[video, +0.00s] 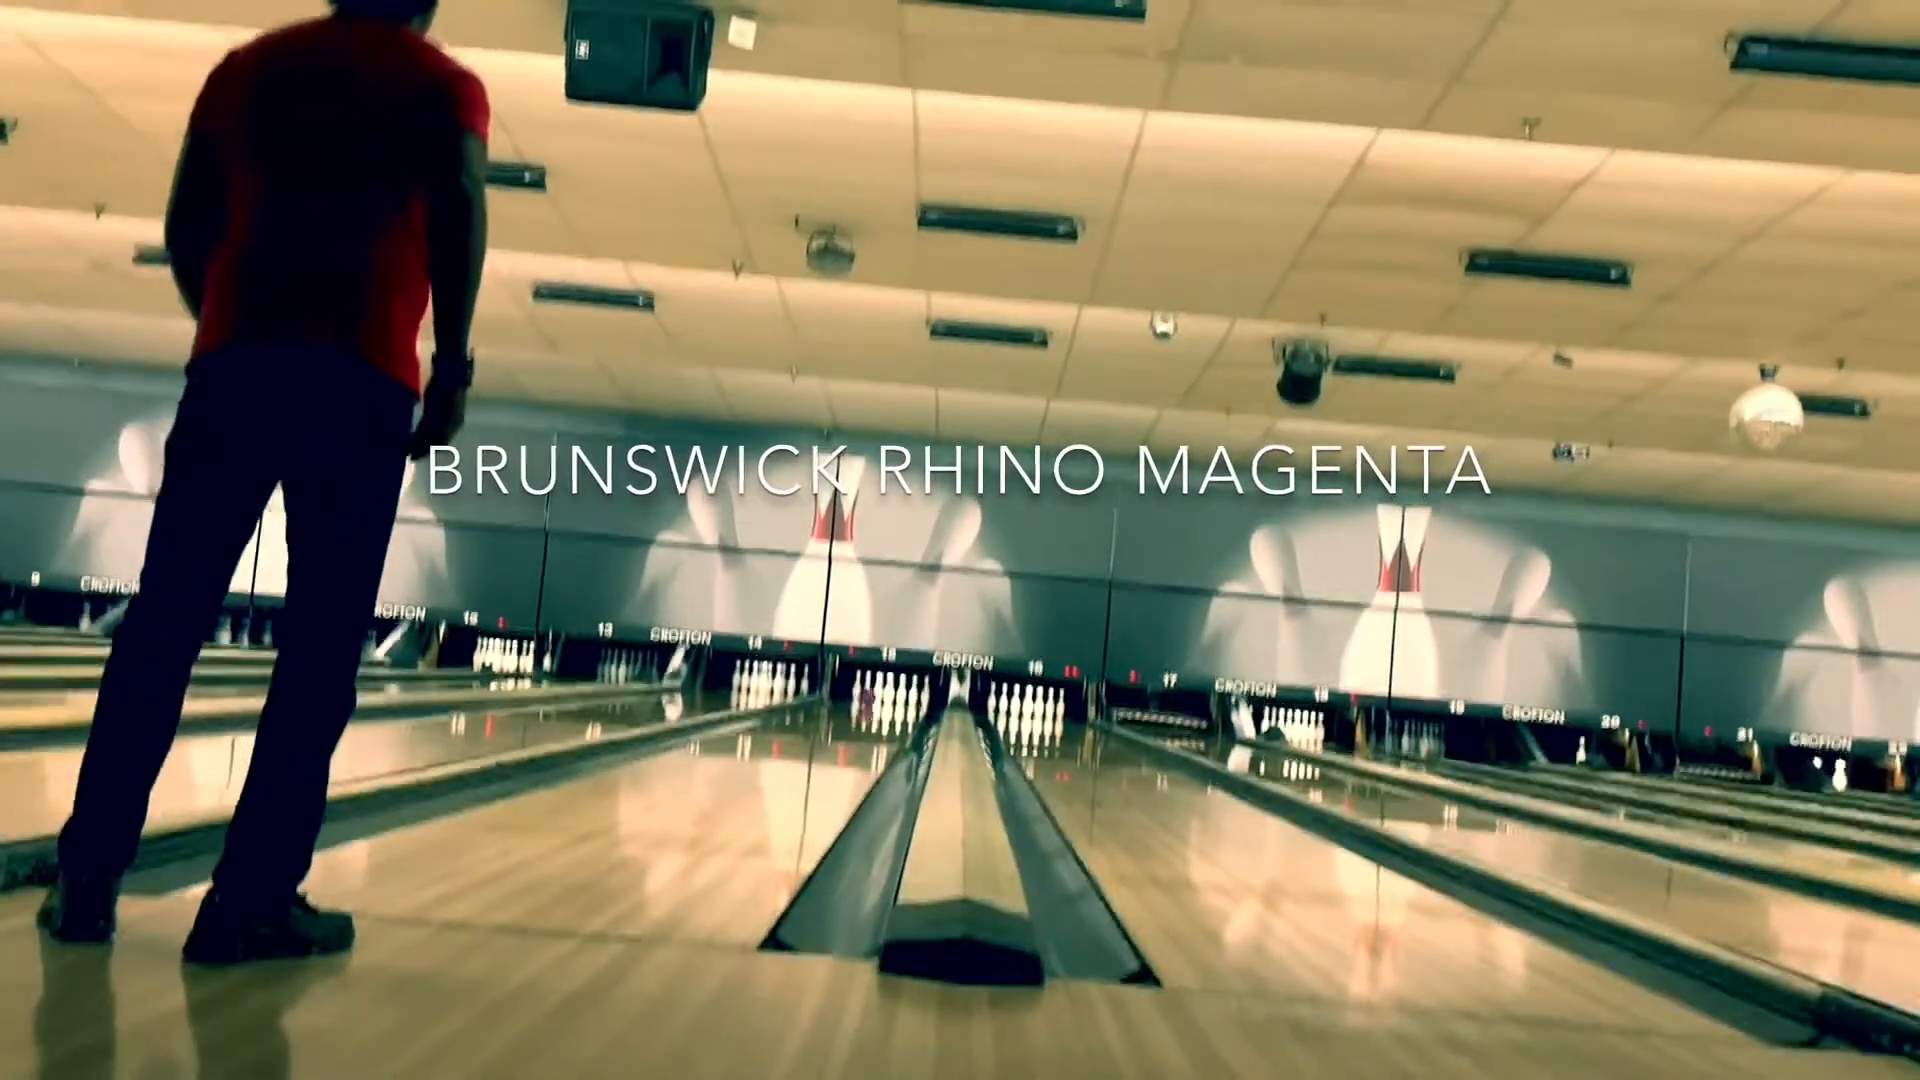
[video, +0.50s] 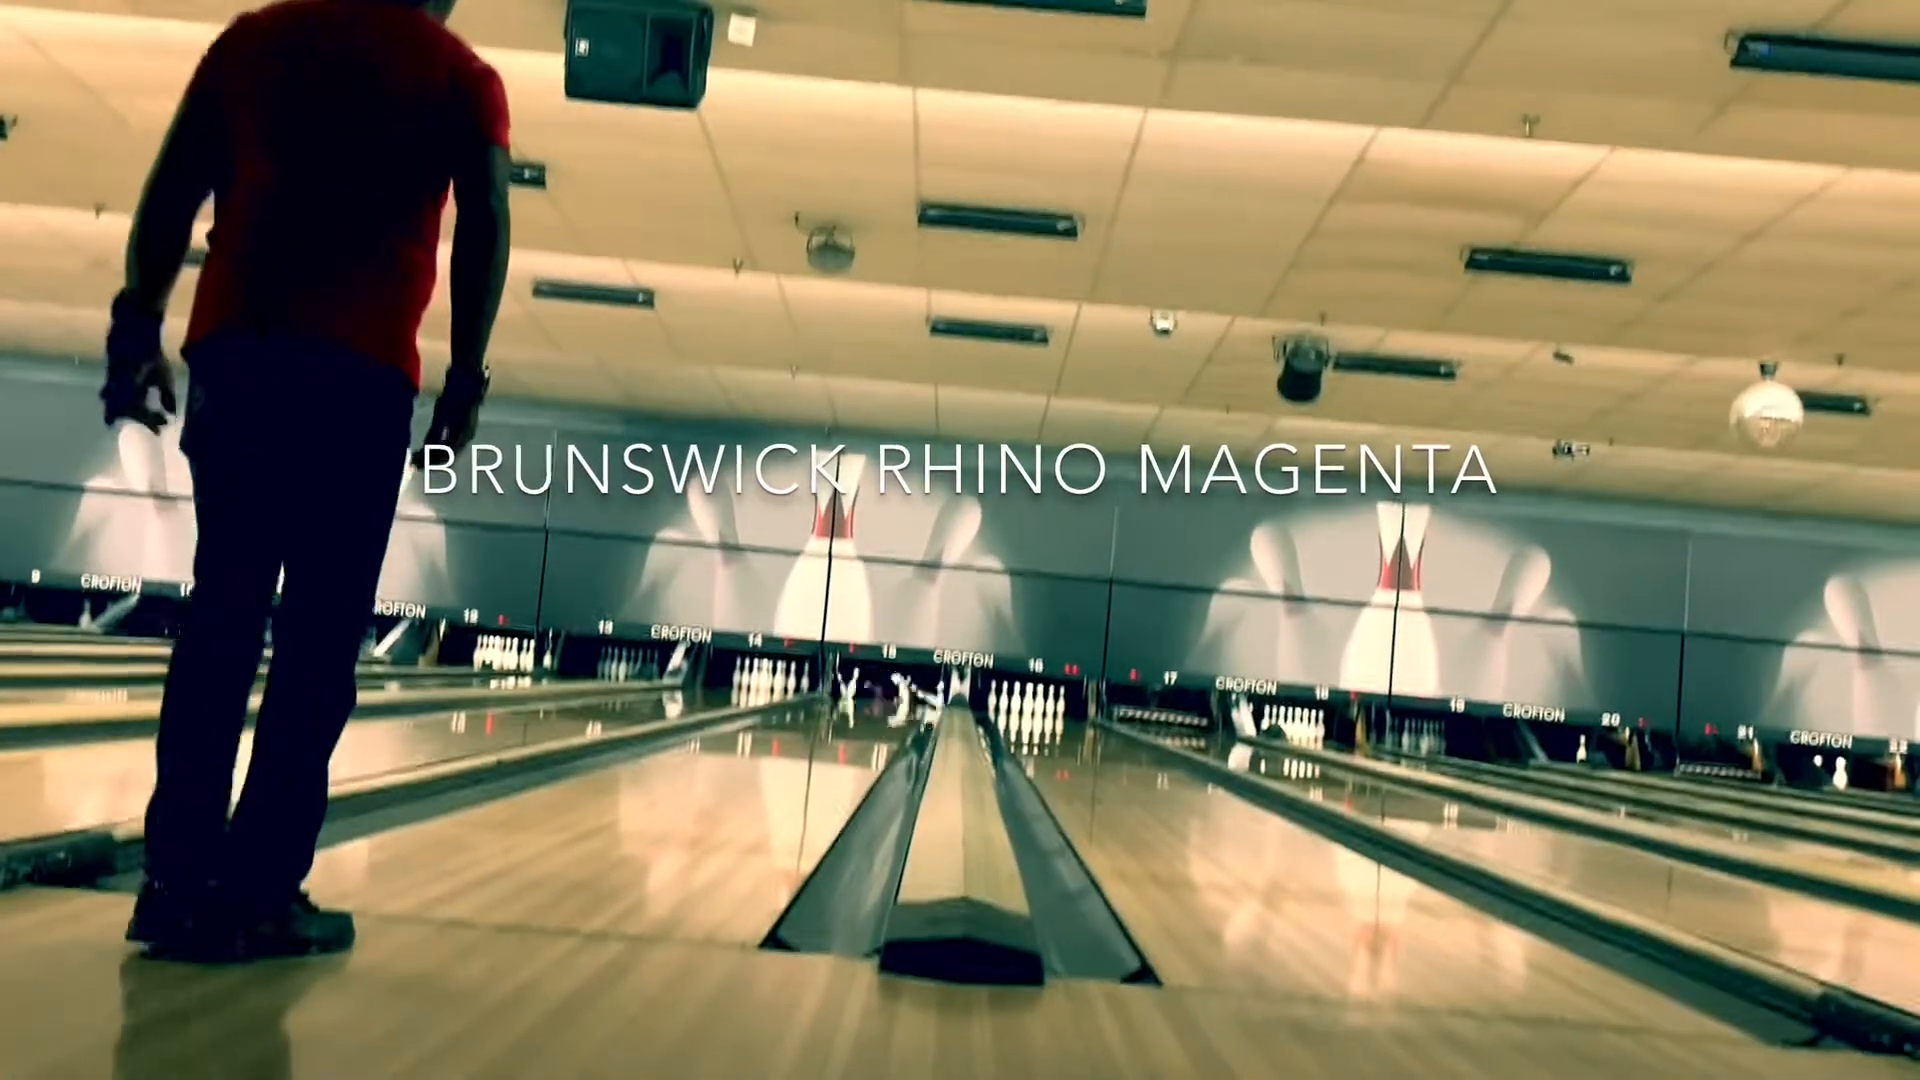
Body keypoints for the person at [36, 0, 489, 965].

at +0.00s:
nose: (434, 19)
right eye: (435, 12)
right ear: (422, 7)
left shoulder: (241, 65)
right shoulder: (446, 83)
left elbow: (185, 232)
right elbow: (460, 218)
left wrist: (239, 331)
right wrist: (452, 360)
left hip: (231, 373)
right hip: (359, 386)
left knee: (163, 622)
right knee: (320, 651)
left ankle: (85, 884)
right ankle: (250, 905)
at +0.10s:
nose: (443, 22)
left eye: (436, 18)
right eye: (444, 15)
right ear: (433, 10)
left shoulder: (253, 68)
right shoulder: (456, 88)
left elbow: (195, 230)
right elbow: (467, 226)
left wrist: (240, 330)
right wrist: (459, 365)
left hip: (238, 375)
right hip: (364, 389)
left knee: (173, 618)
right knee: (323, 651)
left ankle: (94, 882)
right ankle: (250, 906)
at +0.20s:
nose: (454, 17)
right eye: (455, 11)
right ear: (443, 3)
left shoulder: (261, 54)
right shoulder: (463, 83)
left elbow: (197, 223)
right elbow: (475, 231)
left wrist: (232, 327)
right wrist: (463, 366)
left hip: (241, 374)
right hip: (364, 386)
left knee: (194, 620)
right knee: (323, 648)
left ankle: (125, 887)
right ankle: (250, 905)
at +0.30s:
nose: (463, 17)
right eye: (463, 12)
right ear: (451, 5)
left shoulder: (260, 51)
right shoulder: (469, 86)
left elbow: (190, 218)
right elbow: (485, 231)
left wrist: (202, 362)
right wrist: (468, 369)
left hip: (241, 364)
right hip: (363, 381)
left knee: (225, 610)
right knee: (326, 639)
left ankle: (166, 877)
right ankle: (258, 896)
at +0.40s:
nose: (463, 16)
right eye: (463, 11)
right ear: (448, 2)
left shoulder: (259, 41)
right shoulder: (466, 80)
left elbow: (187, 187)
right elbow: (488, 228)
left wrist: (168, 314)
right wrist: (471, 367)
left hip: (238, 358)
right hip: (360, 375)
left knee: (239, 611)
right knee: (320, 633)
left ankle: (192, 884)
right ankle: (248, 898)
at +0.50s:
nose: (458, 2)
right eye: (455, 1)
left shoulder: (252, 38)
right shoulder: (462, 74)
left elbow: (172, 189)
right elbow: (483, 231)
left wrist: (137, 321)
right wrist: (466, 370)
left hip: (234, 364)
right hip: (356, 381)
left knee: (220, 613)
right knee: (322, 641)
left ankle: (176, 887)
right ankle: (260, 895)